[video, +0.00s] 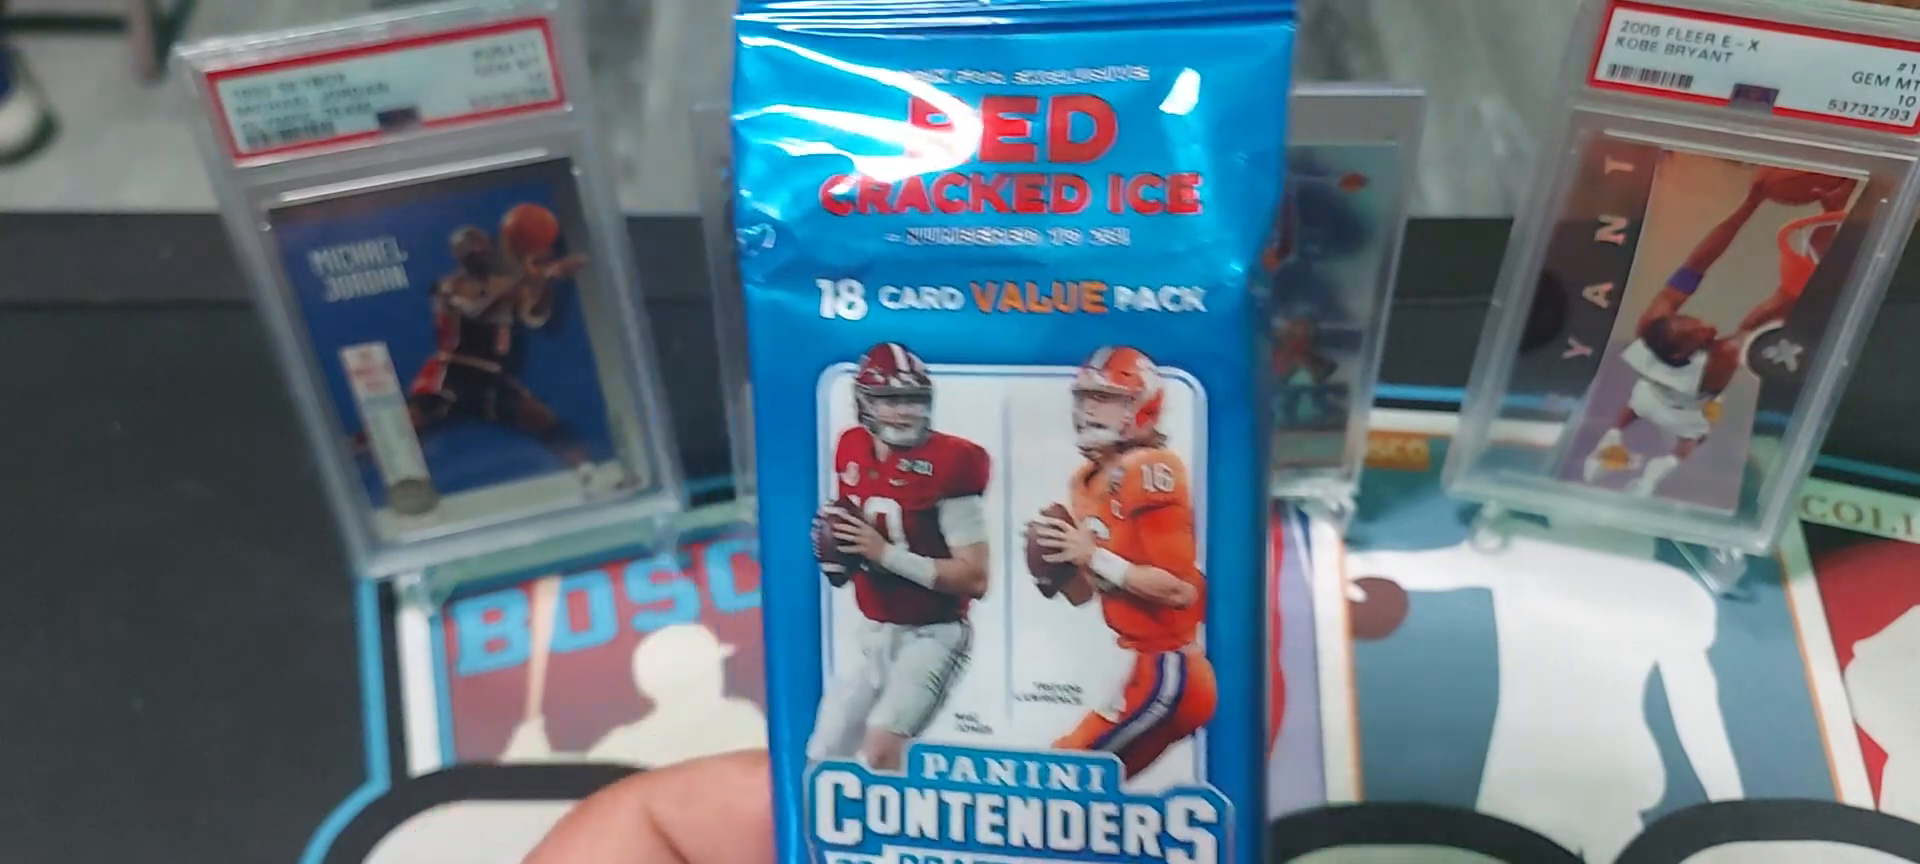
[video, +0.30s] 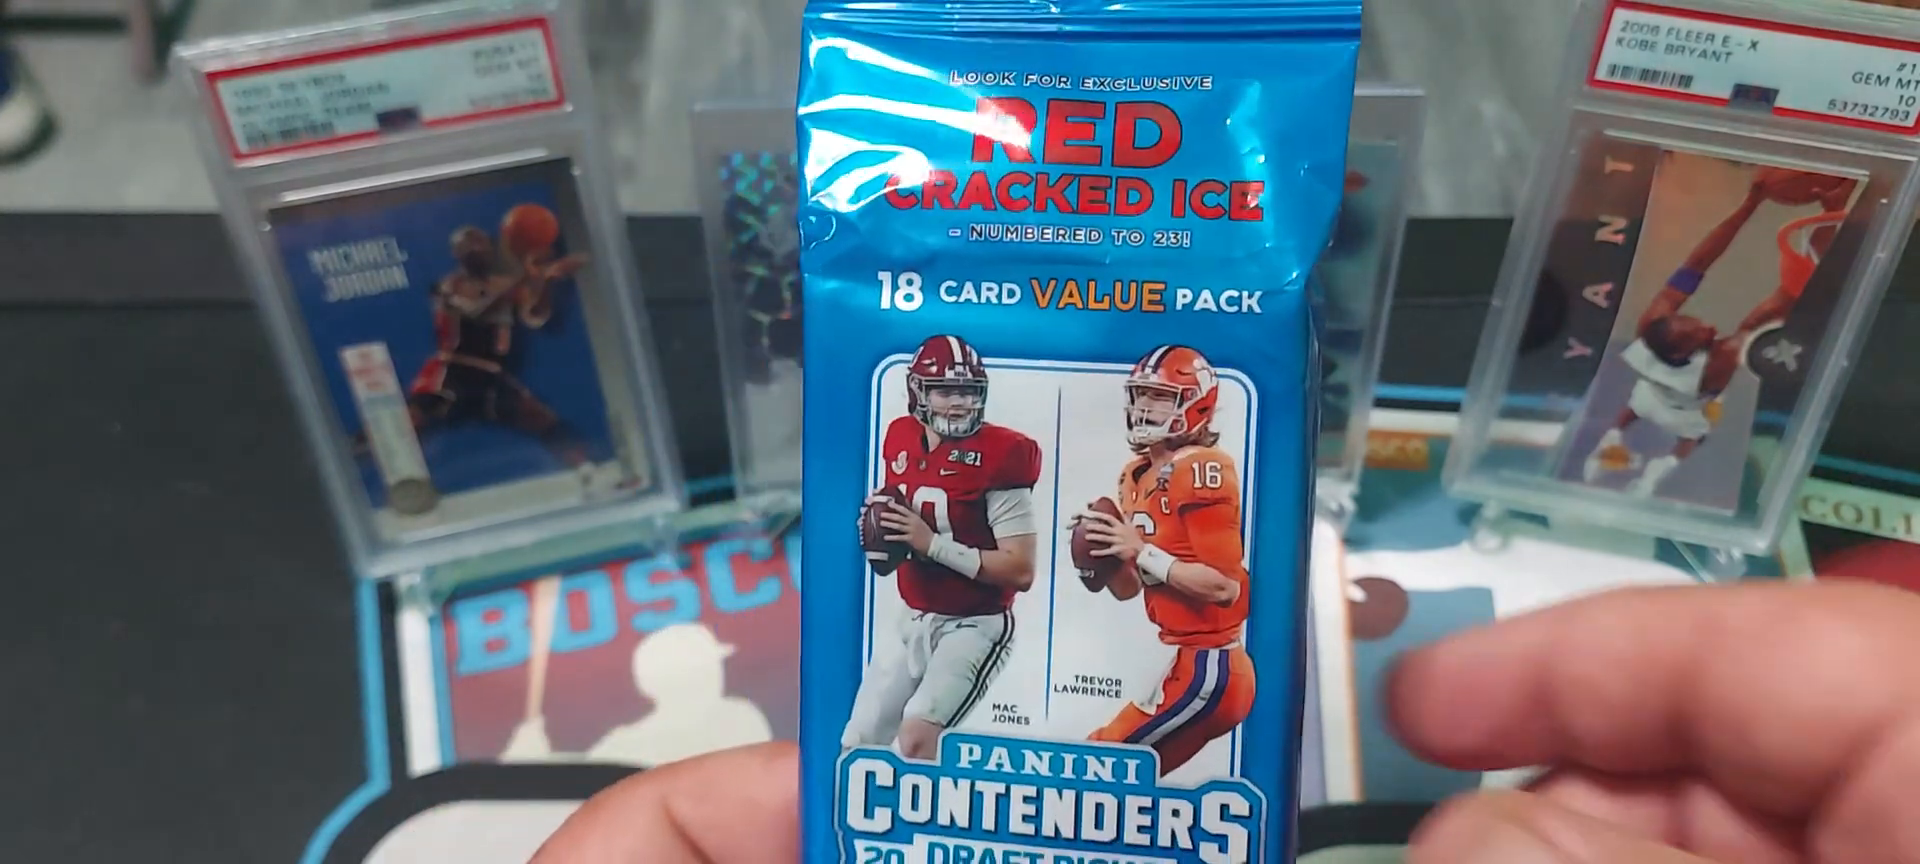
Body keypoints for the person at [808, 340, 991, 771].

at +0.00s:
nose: (904, 412)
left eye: (914, 400)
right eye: (890, 400)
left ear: (928, 402)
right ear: (865, 403)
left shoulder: (956, 461)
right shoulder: (852, 447)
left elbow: (975, 577)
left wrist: (885, 553)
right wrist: (832, 543)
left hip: (935, 635)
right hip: (871, 632)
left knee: (881, 748)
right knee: (823, 757)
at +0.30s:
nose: (959, 402)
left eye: (968, 391)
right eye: (946, 391)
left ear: (982, 394)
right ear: (919, 393)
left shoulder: (1004, 453)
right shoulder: (901, 436)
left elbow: (1021, 570)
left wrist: (932, 544)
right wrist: (877, 527)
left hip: (977, 626)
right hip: (910, 621)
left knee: (916, 738)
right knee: (858, 743)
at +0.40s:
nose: (979, 379)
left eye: (990, 367)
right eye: (967, 367)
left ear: (1004, 371)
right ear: (941, 369)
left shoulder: (1025, 429)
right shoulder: (923, 409)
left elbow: (1035, 547)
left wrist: (947, 517)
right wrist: (895, 494)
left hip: (991, 600)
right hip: (927, 594)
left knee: (926, 707)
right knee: (867, 712)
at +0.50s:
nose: (1003, 364)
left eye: (1014, 354)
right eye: (989, 352)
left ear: (1026, 358)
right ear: (963, 352)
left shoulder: (1045, 417)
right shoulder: (942, 394)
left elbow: (1053, 534)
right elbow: (933, 469)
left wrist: (966, 504)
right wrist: (911, 480)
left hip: (1006, 588)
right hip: (941, 580)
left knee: (937, 697)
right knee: (878, 698)